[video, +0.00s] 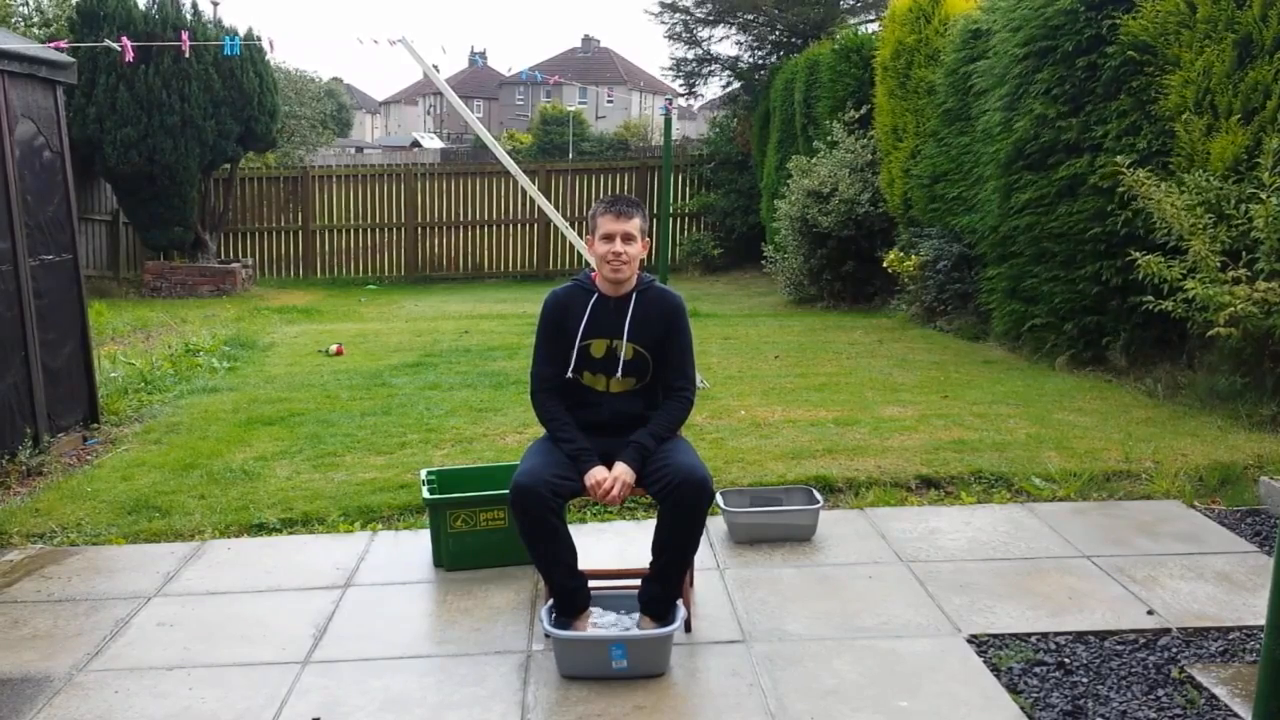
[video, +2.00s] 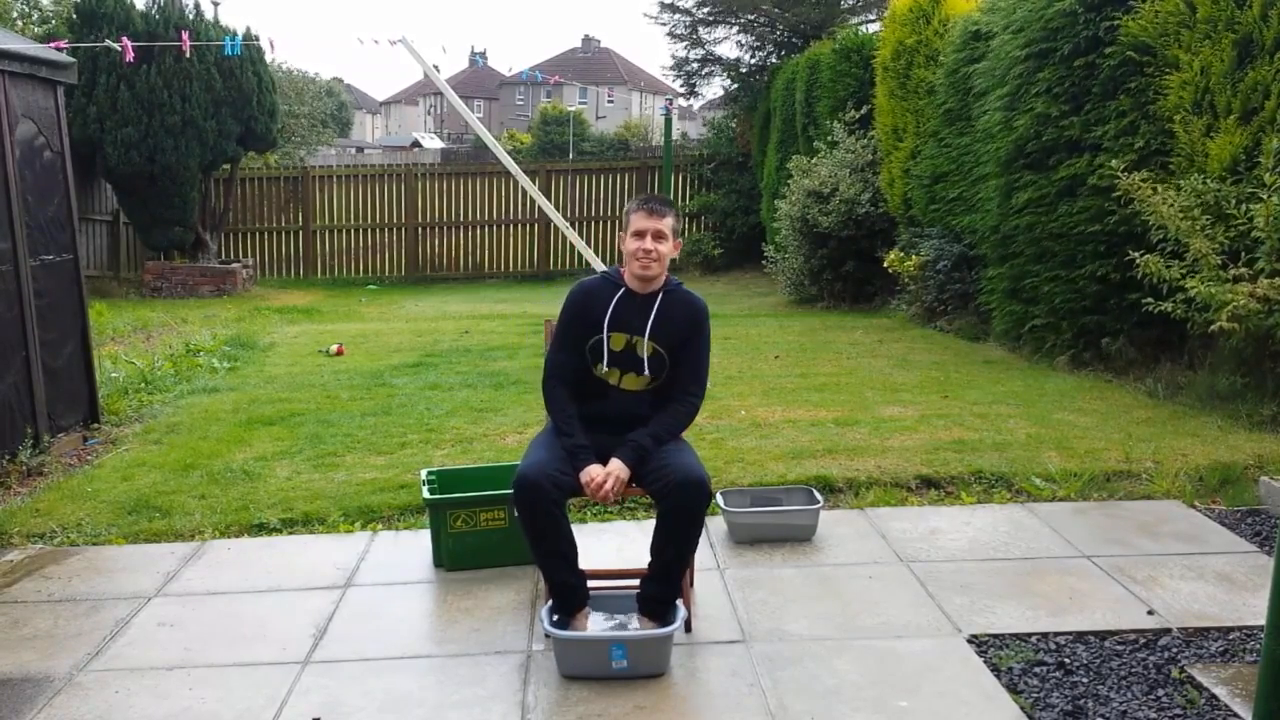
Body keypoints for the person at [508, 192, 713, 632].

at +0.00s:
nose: (617, 249)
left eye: (628, 239)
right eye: (606, 239)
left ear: (644, 248)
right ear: (589, 246)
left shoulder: (666, 306)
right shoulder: (562, 304)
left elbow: (680, 395)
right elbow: (544, 392)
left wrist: (632, 458)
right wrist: (587, 461)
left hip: (648, 435)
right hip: (574, 437)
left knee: (693, 485)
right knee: (528, 489)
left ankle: (657, 606)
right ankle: (573, 606)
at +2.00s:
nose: (647, 246)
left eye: (658, 237)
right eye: (638, 236)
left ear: (675, 248)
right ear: (622, 243)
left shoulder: (689, 311)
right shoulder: (587, 296)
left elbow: (687, 400)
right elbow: (555, 381)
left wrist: (629, 456)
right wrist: (584, 458)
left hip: (651, 434)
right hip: (579, 431)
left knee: (691, 486)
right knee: (532, 482)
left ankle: (656, 605)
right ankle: (571, 605)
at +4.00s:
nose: (588, 244)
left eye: (601, 234)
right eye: (586, 233)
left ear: (637, 245)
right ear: (582, 237)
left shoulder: (667, 305)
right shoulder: (566, 300)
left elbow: (678, 393)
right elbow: (552, 390)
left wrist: (634, 459)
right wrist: (588, 463)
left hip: (648, 434)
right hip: (576, 435)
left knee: (693, 484)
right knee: (533, 487)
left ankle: (658, 604)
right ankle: (574, 604)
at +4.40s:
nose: (585, 246)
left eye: (598, 237)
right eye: (584, 235)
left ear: (633, 247)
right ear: (581, 238)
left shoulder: (666, 304)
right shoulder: (565, 301)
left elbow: (676, 393)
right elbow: (551, 390)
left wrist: (634, 460)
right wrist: (587, 463)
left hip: (647, 435)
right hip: (575, 437)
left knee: (692, 484)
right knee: (532, 487)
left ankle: (658, 603)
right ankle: (573, 602)